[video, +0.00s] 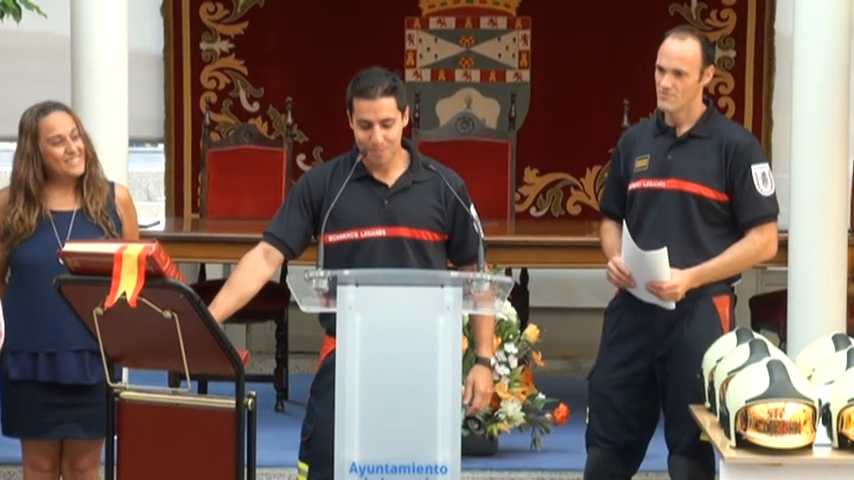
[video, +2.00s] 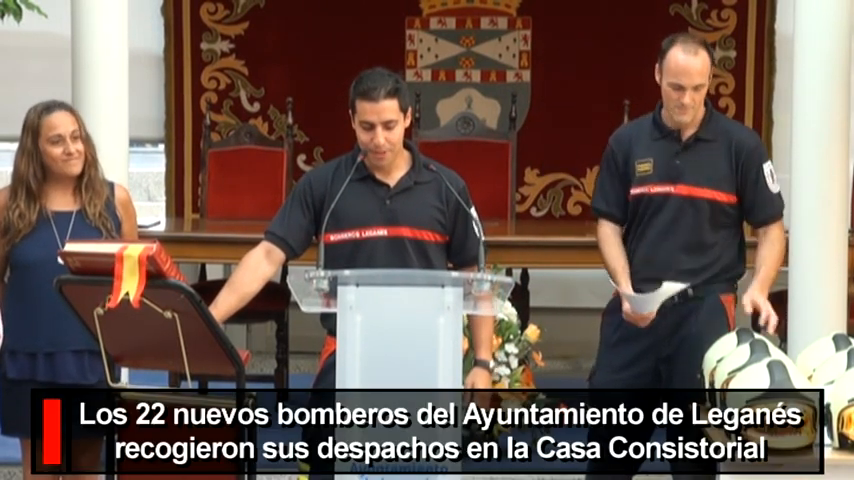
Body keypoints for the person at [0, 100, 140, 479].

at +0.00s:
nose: (73, 147)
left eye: (76, 135)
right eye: (58, 141)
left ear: (84, 137)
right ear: (35, 151)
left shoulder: (116, 198)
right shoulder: (10, 204)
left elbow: (135, 276)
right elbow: (1, 280)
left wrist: (128, 346)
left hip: (93, 358)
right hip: (30, 358)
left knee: (85, 466)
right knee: (40, 467)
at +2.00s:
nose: (72, 148)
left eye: (77, 136)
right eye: (57, 141)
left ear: (85, 140)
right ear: (36, 149)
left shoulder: (115, 199)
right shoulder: (11, 203)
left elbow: (133, 277)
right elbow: (3, 279)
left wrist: (127, 346)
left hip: (92, 359)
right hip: (26, 359)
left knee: (88, 466)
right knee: (40, 467)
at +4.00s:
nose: (75, 148)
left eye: (79, 136)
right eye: (61, 141)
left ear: (87, 139)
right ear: (37, 150)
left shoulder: (117, 199)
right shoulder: (11, 204)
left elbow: (134, 278)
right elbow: (2, 279)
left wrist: (127, 348)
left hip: (94, 360)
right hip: (30, 361)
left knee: (88, 467)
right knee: (42, 468)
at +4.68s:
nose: (95, 151)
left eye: (94, 140)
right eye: (83, 143)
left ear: (97, 141)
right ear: (52, 151)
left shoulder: (112, 194)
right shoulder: (19, 202)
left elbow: (132, 269)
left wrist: (130, 340)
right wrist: (2, 349)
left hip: (100, 348)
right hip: (38, 350)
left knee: (102, 462)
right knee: (49, 465)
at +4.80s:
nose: (97, 152)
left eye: (97, 141)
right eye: (85, 143)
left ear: (100, 142)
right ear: (55, 149)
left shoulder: (114, 195)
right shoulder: (24, 199)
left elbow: (143, 270)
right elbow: (6, 281)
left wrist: (199, 301)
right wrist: (62, 329)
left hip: (109, 353)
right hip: (46, 355)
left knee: (108, 459)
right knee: (52, 464)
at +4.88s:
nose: (98, 151)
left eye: (98, 140)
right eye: (86, 144)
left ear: (102, 141)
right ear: (56, 151)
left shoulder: (117, 194)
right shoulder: (30, 200)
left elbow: (144, 257)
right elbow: (27, 281)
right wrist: (90, 306)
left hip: (111, 346)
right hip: (53, 349)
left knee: (110, 457)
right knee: (55, 462)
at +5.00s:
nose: (102, 148)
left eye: (102, 138)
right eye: (88, 142)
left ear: (107, 139)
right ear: (61, 150)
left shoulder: (124, 193)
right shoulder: (40, 200)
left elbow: (151, 258)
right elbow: (63, 279)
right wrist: (117, 318)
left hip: (118, 348)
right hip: (61, 349)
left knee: (113, 460)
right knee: (59, 464)